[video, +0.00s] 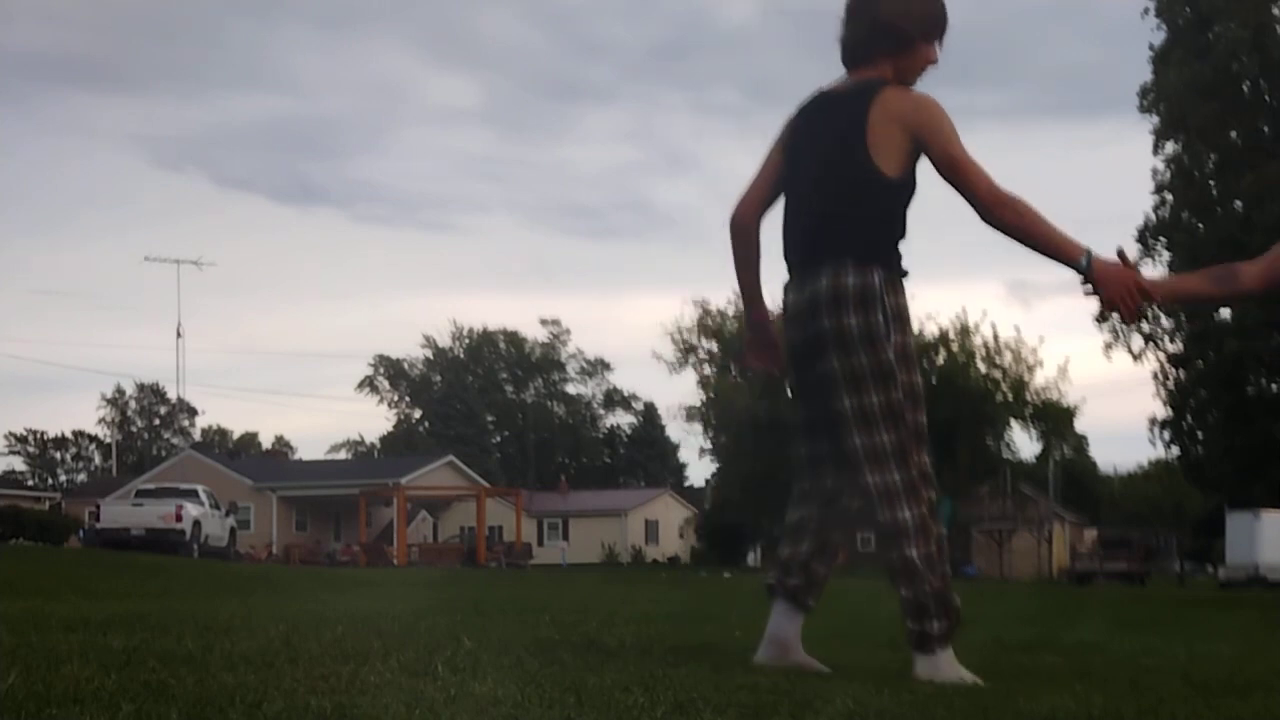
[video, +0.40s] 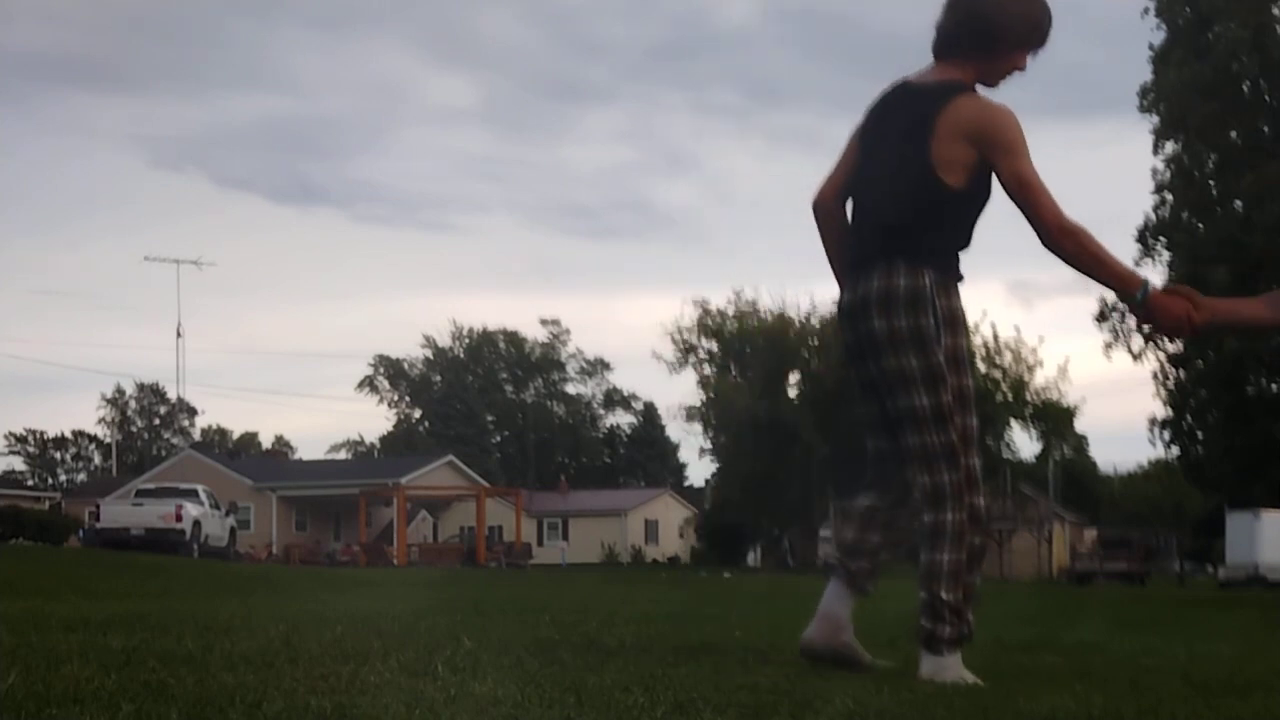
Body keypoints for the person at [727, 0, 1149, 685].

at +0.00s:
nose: (933, 59)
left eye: (934, 47)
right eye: (931, 46)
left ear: (858, 45)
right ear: (909, 44)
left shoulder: (808, 114)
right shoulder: (911, 108)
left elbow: (744, 217)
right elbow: (993, 204)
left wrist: (756, 314)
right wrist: (1090, 262)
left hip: (803, 301)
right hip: (863, 295)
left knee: (825, 469)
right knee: (902, 468)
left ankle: (782, 633)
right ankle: (932, 651)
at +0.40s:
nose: (1023, 64)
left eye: (1028, 52)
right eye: (1025, 51)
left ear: (952, 33)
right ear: (1003, 48)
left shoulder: (891, 102)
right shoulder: (987, 117)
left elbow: (827, 202)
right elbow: (1054, 228)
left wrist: (856, 284)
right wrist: (1141, 293)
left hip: (862, 291)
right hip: (917, 291)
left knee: (896, 462)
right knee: (953, 472)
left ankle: (831, 618)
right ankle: (942, 655)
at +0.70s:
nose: (1042, 60)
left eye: (1047, 48)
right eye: (1040, 45)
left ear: (972, 35)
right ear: (1009, 41)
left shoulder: (915, 107)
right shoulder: (998, 118)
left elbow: (846, 206)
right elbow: (1034, 237)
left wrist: (867, 296)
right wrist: (1113, 321)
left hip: (880, 289)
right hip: (928, 291)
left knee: (901, 462)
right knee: (953, 469)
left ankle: (886, 625)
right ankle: (943, 655)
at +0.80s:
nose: (1036, 57)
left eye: (1039, 45)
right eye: (1032, 42)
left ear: (969, 42)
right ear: (1000, 41)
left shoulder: (918, 116)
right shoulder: (985, 118)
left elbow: (852, 219)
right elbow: (988, 228)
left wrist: (876, 307)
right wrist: (1033, 335)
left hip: (883, 297)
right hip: (928, 295)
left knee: (905, 469)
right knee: (953, 474)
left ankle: (883, 630)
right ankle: (942, 655)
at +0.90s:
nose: (1021, 61)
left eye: (1022, 50)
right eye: (1016, 48)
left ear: (956, 50)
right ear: (985, 49)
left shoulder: (920, 125)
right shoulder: (966, 122)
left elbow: (860, 235)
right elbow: (939, 216)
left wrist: (886, 311)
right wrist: (939, 320)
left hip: (886, 305)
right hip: (921, 304)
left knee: (910, 477)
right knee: (951, 479)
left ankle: (883, 636)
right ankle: (941, 655)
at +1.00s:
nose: (1010, 65)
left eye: (1010, 54)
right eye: (1003, 52)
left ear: (954, 57)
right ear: (969, 55)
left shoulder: (934, 124)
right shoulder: (942, 123)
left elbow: (892, 217)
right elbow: (894, 206)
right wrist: (866, 303)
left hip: (905, 307)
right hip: (915, 309)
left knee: (912, 471)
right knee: (943, 468)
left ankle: (885, 634)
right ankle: (937, 649)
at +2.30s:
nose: (1039, 99)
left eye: (1043, 89)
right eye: (1035, 84)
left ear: (996, 82)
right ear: (998, 76)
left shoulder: (965, 158)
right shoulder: (940, 125)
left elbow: (921, 281)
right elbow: (866, 205)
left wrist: (968, 354)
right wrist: (876, 302)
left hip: (913, 321)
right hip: (887, 315)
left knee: (929, 472)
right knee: (923, 469)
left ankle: (882, 634)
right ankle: (867, 639)